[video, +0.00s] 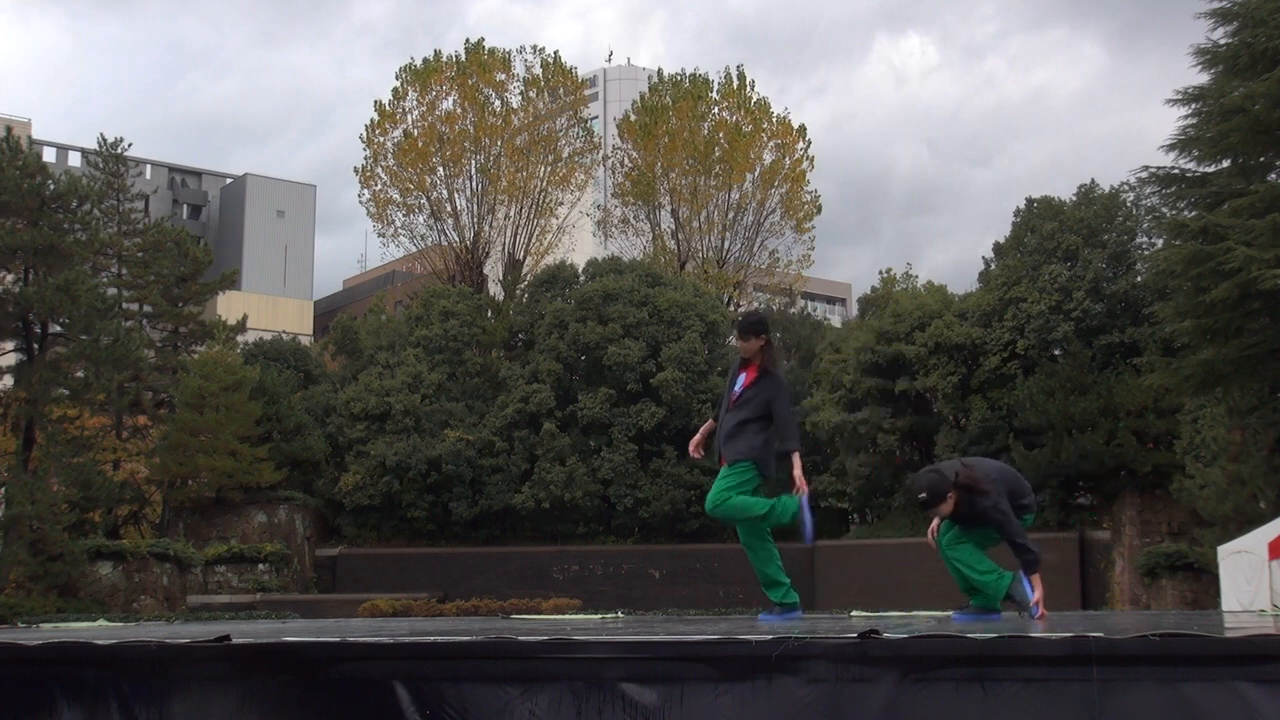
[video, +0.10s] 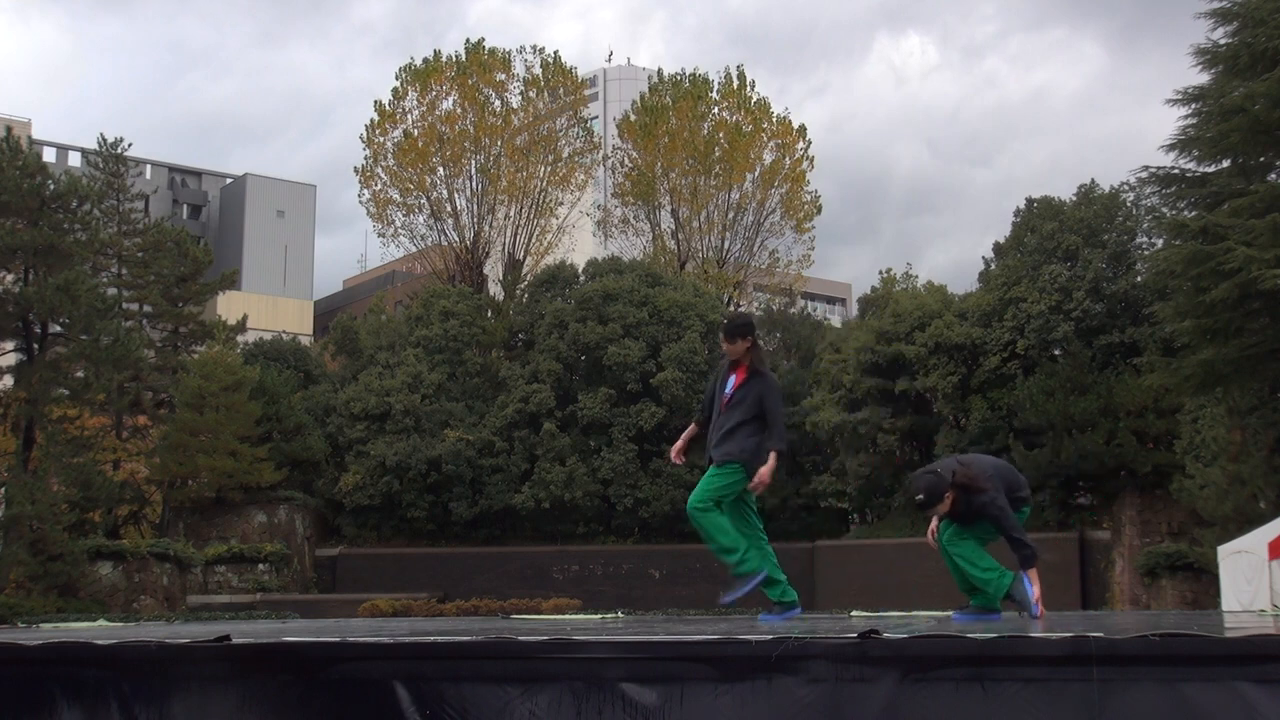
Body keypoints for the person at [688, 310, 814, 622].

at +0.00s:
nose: (739, 344)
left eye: (745, 340)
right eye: (738, 339)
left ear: (762, 341)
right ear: (739, 339)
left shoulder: (772, 378)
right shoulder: (738, 371)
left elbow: (788, 424)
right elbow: (728, 410)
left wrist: (797, 465)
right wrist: (704, 431)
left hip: (751, 458)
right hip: (735, 459)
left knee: (716, 503)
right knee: (752, 534)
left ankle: (792, 508)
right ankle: (786, 602)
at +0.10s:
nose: (724, 347)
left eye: (730, 342)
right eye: (723, 342)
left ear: (748, 342)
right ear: (725, 341)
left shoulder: (765, 381)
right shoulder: (724, 373)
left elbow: (777, 427)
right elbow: (707, 414)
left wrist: (770, 464)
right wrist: (684, 439)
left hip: (741, 461)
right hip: (722, 461)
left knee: (698, 505)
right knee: (750, 533)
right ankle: (786, 600)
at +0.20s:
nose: (708, 350)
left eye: (713, 345)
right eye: (707, 345)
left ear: (732, 344)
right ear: (712, 344)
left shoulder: (750, 381)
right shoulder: (709, 376)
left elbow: (756, 426)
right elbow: (689, 414)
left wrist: (745, 462)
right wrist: (666, 445)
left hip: (727, 466)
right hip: (711, 465)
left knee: (692, 523)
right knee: (744, 536)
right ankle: (785, 599)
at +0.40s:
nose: (666, 341)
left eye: (672, 336)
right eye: (667, 335)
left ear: (691, 340)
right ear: (678, 339)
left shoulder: (701, 380)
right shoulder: (674, 376)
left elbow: (710, 431)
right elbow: (666, 422)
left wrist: (708, 473)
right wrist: (646, 448)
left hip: (684, 472)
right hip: (674, 471)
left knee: (654, 533)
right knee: (701, 540)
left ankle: (651, 606)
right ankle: (758, 581)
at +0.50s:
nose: (651, 339)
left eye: (656, 334)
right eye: (650, 333)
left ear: (675, 337)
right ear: (655, 335)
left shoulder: (682, 372)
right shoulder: (659, 368)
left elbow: (692, 423)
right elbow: (657, 419)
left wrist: (692, 467)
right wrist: (641, 447)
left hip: (669, 465)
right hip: (655, 464)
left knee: (649, 533)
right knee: (655, 535)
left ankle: (651, 606)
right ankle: (717, 573)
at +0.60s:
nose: (637, 334)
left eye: (642, 330)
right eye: (636, 329)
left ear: (661, 333)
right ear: (639, 332)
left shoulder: (671, 371)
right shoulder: (643, 368)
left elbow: (678, 421)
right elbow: (641, 419)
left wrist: (672, 464)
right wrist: (632, 461)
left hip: (658, 469)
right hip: (635, 469)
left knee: (649, 533)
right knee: (617, 526)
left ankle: (651, 605)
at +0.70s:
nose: (624, 332)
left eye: (630, 327)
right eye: (623, 326)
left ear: (648, 331)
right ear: (624, 329)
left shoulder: (661, 369)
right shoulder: (627, 365)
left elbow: (663, 420)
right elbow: (623, 414)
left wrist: (653, 461)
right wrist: (616, 457)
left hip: (651, 465)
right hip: (621, 464)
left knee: (646, 533)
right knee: (596, 522)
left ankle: (652, 605)